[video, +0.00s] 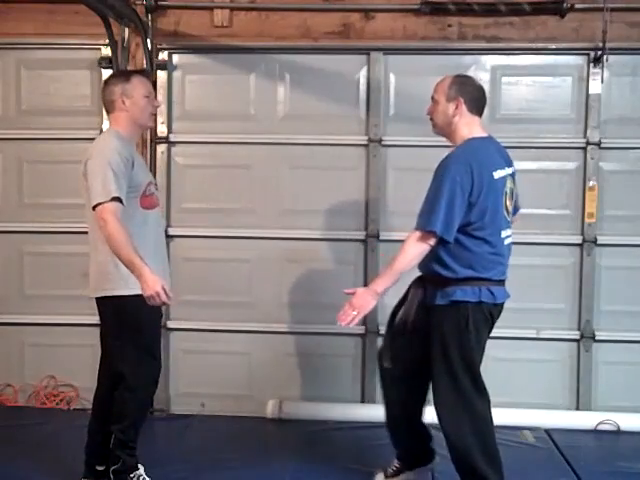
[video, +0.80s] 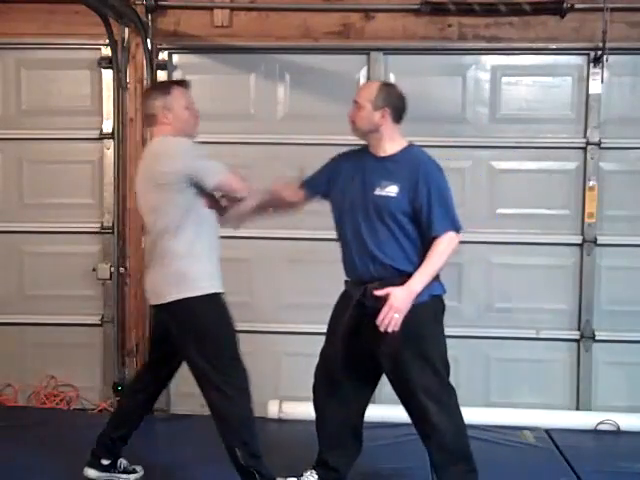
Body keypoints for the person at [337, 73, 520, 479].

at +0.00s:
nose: (429, 110)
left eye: (434, 102)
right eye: (430, 102)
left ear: (457, 107)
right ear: (468, 108)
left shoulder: (459, 162)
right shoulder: (496, 155)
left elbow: (425, 237)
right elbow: (505, 218)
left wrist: (374, 289)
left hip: (462, 297)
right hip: (435, 289)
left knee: (458, 395)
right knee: (397, 362)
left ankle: (484, 474)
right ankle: (413, 458)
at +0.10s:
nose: (425, 113)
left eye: (431, 105)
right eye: (427, 105)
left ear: (454, 109)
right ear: (463, 110)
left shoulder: (466, 164)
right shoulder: (488, 154)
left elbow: (434, 239)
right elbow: (485, 203)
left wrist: (381, 290)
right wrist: (452, 167)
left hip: (463, 297)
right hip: (440, 290)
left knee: (455, 397)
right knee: (390, 361)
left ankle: (483, 476)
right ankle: (391, 458)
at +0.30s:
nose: (412, 117)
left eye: (418, 109)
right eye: (413, 109)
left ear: (442, 113)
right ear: (443, 114)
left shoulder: (469, 167)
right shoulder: (442, 162)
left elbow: (458, 248)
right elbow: (426, 207)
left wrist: (399, 291)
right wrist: (389, 169)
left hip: (453, 303)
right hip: (422, 301)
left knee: (454, 409)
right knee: (383, 389)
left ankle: (484, 476)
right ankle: (338, 464)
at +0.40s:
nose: (402, 120)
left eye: (408, 112)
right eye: (403, 112)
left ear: (432, 117)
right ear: (432, 117)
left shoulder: (467, 172)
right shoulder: (421, 162)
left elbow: (467, 251)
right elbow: (390, 192)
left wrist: (405, 293)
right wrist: (352, 162)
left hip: (444, 306)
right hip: (404, 304)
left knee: (450, 410)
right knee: (370, 393)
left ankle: (482, 477)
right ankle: (331, 471)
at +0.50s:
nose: (389, 120)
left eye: (396, 112)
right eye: (391, 112)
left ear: (421, 118)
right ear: (421, 118)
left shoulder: (456, 172)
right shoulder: (397, 162)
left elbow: (468, 249)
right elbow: (357, 179)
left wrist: (406, 289)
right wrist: (312, 151)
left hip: (434, 307)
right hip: (386, 301)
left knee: (443, 404)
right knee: (352, 389)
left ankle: (480, 479)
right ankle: (329, 470)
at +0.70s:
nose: (365, 115)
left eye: (372, 108)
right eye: (367, 107)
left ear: (398, 115)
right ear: (389, 115)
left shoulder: (433, 171)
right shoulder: (356, 157)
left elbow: (456, 244)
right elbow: (302, 162)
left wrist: (404, 286)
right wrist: (261, 157)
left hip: (418, 305)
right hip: (365, 299)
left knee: (431, 400)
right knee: (338, 388)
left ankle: (461, 475)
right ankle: (332, 471)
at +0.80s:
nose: (350, 113)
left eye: (358, 106)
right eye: (352, 105)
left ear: (383, 115)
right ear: (380, 115)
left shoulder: (421, 167)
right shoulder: (344, 164)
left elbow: (447, 236)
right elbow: (296, 195)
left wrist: (409, 290)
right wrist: (254, 200)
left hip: (411, 302)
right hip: (358, 300)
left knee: (431, 404)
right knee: (335, 388)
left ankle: (457, 474)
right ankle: (330, 470)